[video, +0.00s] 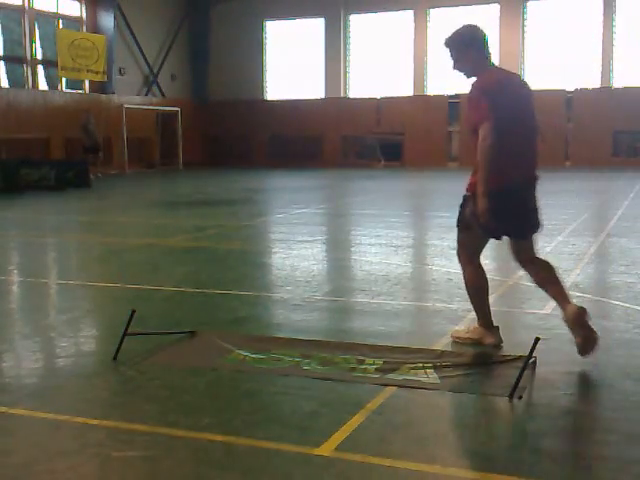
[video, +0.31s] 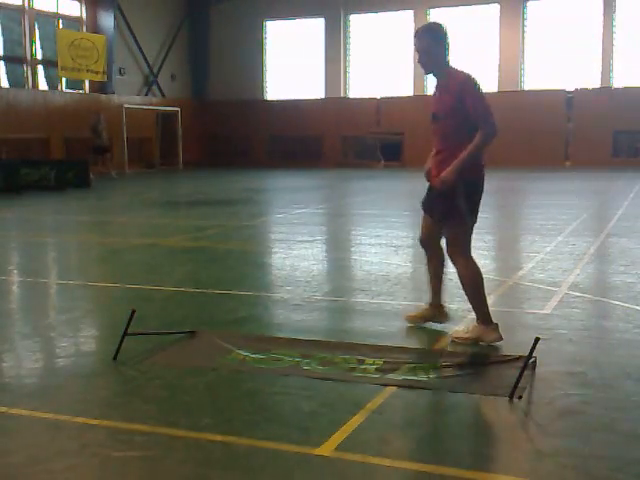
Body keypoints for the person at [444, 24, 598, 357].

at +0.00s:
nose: (453, 65)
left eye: (455, 57)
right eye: (452, 58)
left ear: (472, 52)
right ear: (483, 50)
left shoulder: (480, 89)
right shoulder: (517, 83)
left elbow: (487, 136)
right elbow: (529, 138)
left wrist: (482, 194)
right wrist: (525, 180)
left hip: (486, 191)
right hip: (522, 187)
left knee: (467, 255)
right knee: (526, 256)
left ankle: (485, 327)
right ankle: (568, 309)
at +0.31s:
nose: (418, 59)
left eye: (424, 52)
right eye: (417, 52)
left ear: (442, 49)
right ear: (421, 52)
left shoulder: (463, 83)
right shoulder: (441, 85)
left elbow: (489, 129)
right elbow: (448, 132)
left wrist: (454, 168)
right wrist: (434, 161)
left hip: (464, 177)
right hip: (442, 174)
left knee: (458, 252)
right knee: (429, 239)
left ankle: (486, 324)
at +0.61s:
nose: (405, 58)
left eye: (411, 51)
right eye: (401, 53)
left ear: (424, 50)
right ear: (397, 53)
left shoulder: (447, 84)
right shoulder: (395, 87)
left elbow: (475, 116)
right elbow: (390, 123)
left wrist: (452, 153)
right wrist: (393, 153)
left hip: (437, 176)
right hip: (404, 175)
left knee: (445, 240)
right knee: (394, 236)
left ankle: (462, 308)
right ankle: (407, 299)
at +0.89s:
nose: (409, 61)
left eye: (413, 55)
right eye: (403, 56)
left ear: (422, 57)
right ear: (395, 61)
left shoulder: (441, 93)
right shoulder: (388, 98)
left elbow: (471, 127)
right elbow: (382, 134)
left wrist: (446, 159)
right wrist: (385, 164)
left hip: (430, 182)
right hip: (396, 182)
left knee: (437, 247)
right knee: (380, 241)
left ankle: (444, 305)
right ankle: (389, 300)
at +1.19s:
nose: (410, 62)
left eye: (414, 57)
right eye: (404, 57)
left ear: (421, 61)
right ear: (394, 62)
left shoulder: (437, 97)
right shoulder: (382, 102)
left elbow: (461, 130)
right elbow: (370, 135)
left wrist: (441, 162)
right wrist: (377, 166)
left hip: (425, 183)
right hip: (389, 183)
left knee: (435, 244)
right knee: (372, 242)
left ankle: (446, 306)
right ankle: (384, 302)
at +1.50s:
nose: (408, 58)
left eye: (412, 53)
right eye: (402, 53)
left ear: (418, 56)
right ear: (391, 57)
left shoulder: (432, 91)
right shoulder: (380, 96)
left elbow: (450, 127)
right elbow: (371, 134)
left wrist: (434, 156)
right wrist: (375, 163)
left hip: (422, 180)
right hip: (386, 181)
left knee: (434, 242)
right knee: (378, 240)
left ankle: (446, 305)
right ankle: (384, 301)